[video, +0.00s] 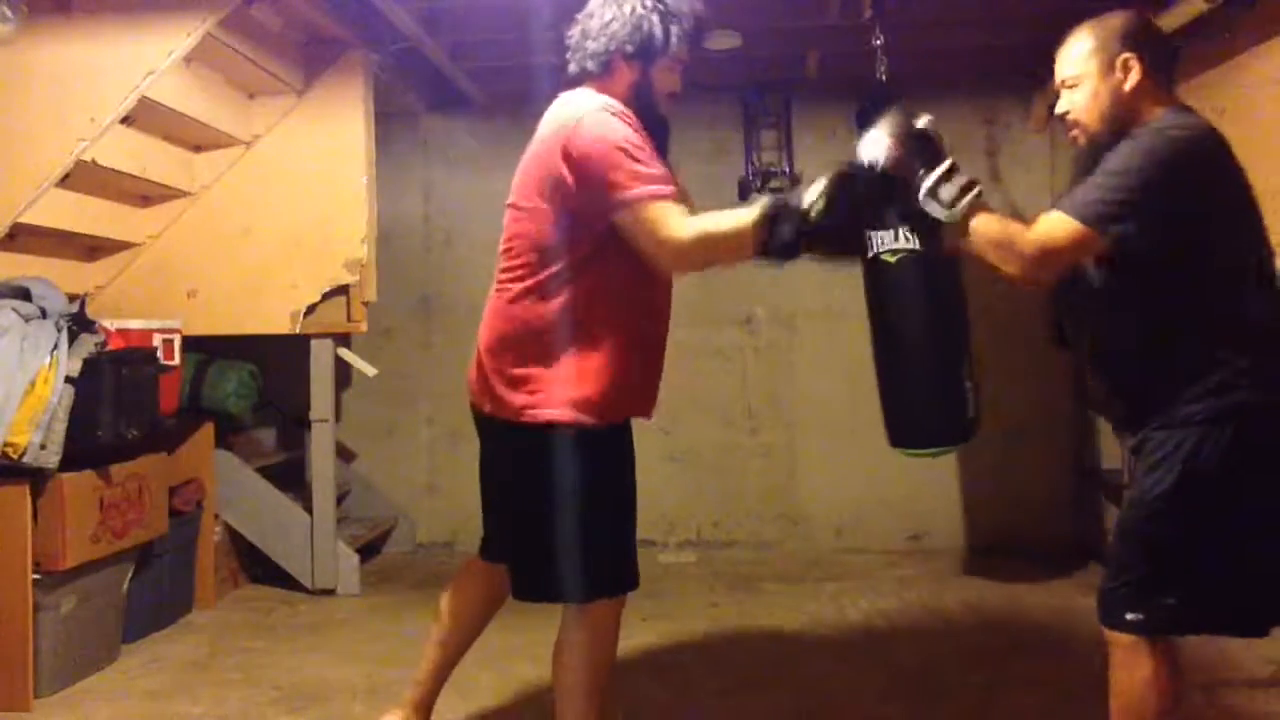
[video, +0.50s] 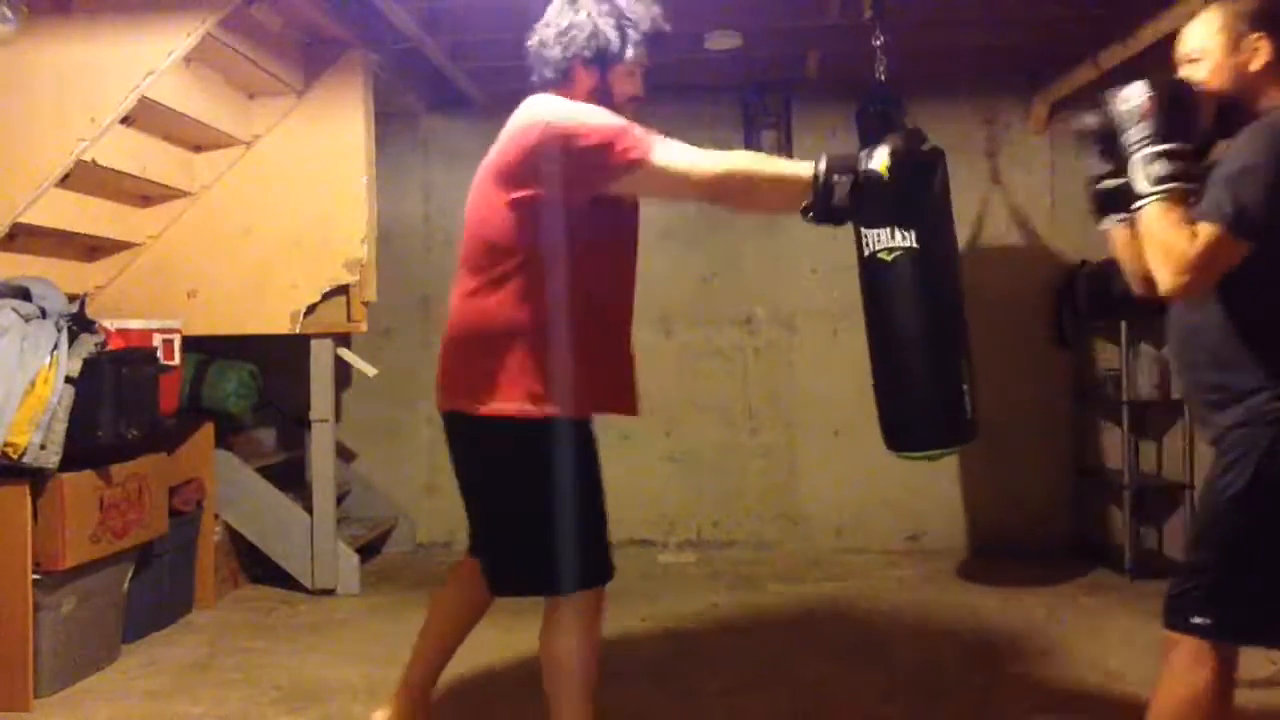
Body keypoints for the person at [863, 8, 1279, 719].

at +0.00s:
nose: (1061, 108)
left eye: (1070, 86)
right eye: (1059, 91)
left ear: (1126, 72)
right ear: (1127, 77)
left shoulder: (1165, 147)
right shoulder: (1151, 146)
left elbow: (1033, 257)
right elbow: (1042, 255)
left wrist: (932, 177)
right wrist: (931, 202)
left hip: (1213, 419)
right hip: (1197, 413)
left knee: (1131, 614)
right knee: (1145, 614)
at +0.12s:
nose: (1073, 94)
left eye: (1083, 73)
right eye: (1072, 77)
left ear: (1138, 64)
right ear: (1137, 69)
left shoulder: (1175, 143)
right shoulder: (1147, 144)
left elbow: (1097, 278)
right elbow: (1084, 254)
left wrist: (986, 224)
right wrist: (986, 214)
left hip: (1202, 423)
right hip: (1175, 417)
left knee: (1138, 617)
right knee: (1154, 618)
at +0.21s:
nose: (1085, 94)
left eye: (1098, 72)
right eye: (1085, 76)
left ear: (1155, 63)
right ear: (1157, 69)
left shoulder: (1190, 144)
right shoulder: (1192, 137)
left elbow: (1149, 295)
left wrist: (1033, 272)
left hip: (1196, 427)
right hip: (1198, 420)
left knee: (1147, 624)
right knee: (1159, 622)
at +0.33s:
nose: (1122, 95)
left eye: (1134, 75)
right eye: (1121, 78)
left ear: (1199, 64)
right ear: (1197, 69)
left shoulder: (1233, 141)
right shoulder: (1217, 142)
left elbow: (1185, 297)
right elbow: (1181, 270)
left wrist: (1091, 260)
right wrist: (1134, 241)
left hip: (1224, 433)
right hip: (1214, 427)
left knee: (1156, 625)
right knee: (1164, 622)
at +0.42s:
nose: (1154, 89)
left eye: (1168, 69)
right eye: (1154, 73)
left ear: (1230, 61)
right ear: (1228, 64)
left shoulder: (1255, 144)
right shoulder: (1235, 148)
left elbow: (1180, 285)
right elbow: (1155, 284)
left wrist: (1116, 182)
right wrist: (1091, 232)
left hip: (1246, 435)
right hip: (1236, 430)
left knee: (1178, 625)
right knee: (1189, 623)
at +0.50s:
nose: (1186, 73)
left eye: (1196, 58)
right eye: (1184, 61)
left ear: (1257, 53)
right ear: (1251, 56)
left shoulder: (1265, 143)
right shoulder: (1240, 146)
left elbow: (1180, 270)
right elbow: (1149, 275)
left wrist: (1149, 150)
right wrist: (1113, 175)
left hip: (1262, 427)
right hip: (1243, 424)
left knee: (1198, 624)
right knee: (1206, 624)